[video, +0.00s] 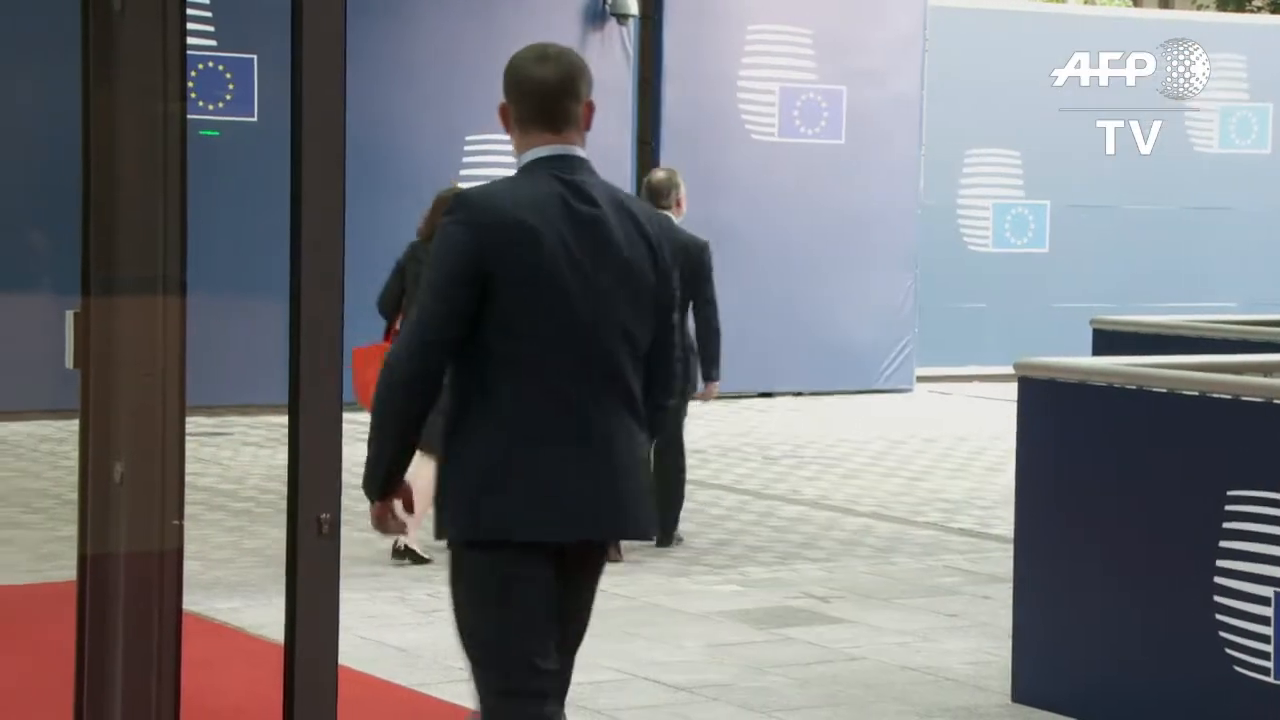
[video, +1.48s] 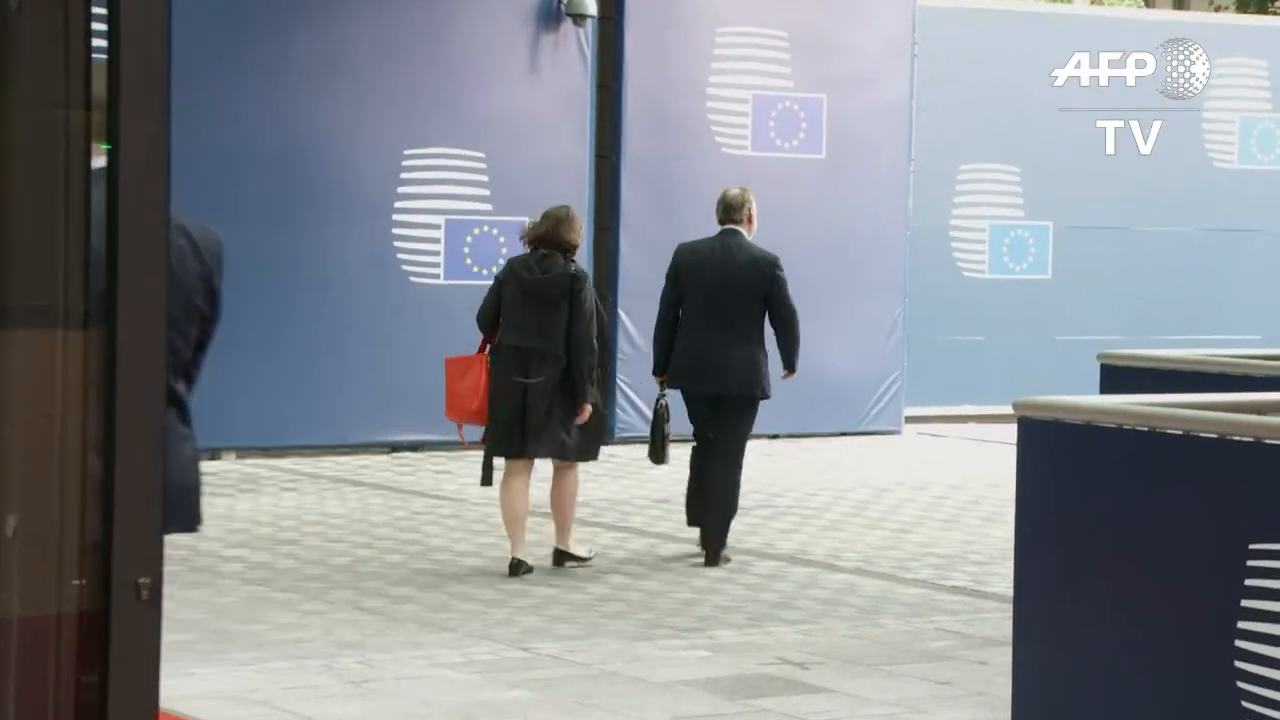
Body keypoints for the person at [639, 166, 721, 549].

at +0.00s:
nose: (685, 203)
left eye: (682, 197)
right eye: (683, 198)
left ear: (643, 200)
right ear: (678, 201)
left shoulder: (624, 239)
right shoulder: (691, 247)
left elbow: (611, 304)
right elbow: (706, 314)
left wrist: (612, 357)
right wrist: (712, 371)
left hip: (626, 356)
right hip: (672, 357)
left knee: (627, 438)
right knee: (669, 442)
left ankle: (620, 525)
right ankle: (665, 527)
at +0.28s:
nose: (710, 196)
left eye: (707, 190)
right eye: (710, 191)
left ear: (671, 193)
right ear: (705, 193)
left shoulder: (641, 232)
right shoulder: (721, 238)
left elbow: (623, 294)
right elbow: (739, 297)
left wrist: (620, 346)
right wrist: (743, 343)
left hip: (649, 355)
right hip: (700, 357)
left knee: (656, 426)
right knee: (686, 440)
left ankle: (651, 502)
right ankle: (672, 530)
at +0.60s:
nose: (717, 234)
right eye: (717, 230)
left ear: (681, 231)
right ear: (715, 231)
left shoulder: (654, 268)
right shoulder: (731, 270)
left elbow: (639, 330)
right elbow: (753, 325)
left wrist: (635, 381)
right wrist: (753, 364)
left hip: (665, 381)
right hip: (713, 383)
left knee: (675, 456)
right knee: (699, 460)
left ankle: (684, 531)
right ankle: (679, 525)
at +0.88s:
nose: (731, 230)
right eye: (732, 225)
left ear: (695, 224)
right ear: (729, 225)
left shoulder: (663, 261)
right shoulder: (743, 264)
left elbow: (649, 323)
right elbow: (755, 330)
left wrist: (644, 374)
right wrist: (755, 380)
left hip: (675, 378)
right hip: (724, 378)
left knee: (677, 462)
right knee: (727, 451)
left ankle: (678, 549)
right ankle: (718, 534)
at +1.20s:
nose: (755, 233)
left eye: (751, 227)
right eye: (754, 227)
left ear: (716, 228)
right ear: (748, 229)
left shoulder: (684, 263)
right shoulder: (762, 273)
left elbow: (664, 326)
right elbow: (771, 339)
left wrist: (660, 377)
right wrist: (771, 391)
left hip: (689, 382)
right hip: (736, 385)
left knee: (689, 458)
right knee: (739, 463)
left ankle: (676, 515)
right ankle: (731, 545)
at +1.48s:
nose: (757, 220)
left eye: (755, 215)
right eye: (756, 215)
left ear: (717, 217)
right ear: (750, 218)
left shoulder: (686, 254)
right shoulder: (764, 262)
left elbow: (667, 314)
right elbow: (784, 315)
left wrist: (661, 364)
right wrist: (789, 359)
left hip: (693, 373)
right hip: (742, 376)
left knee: (705, 441)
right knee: (729, 455)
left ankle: (700, 517)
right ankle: (714, 544)